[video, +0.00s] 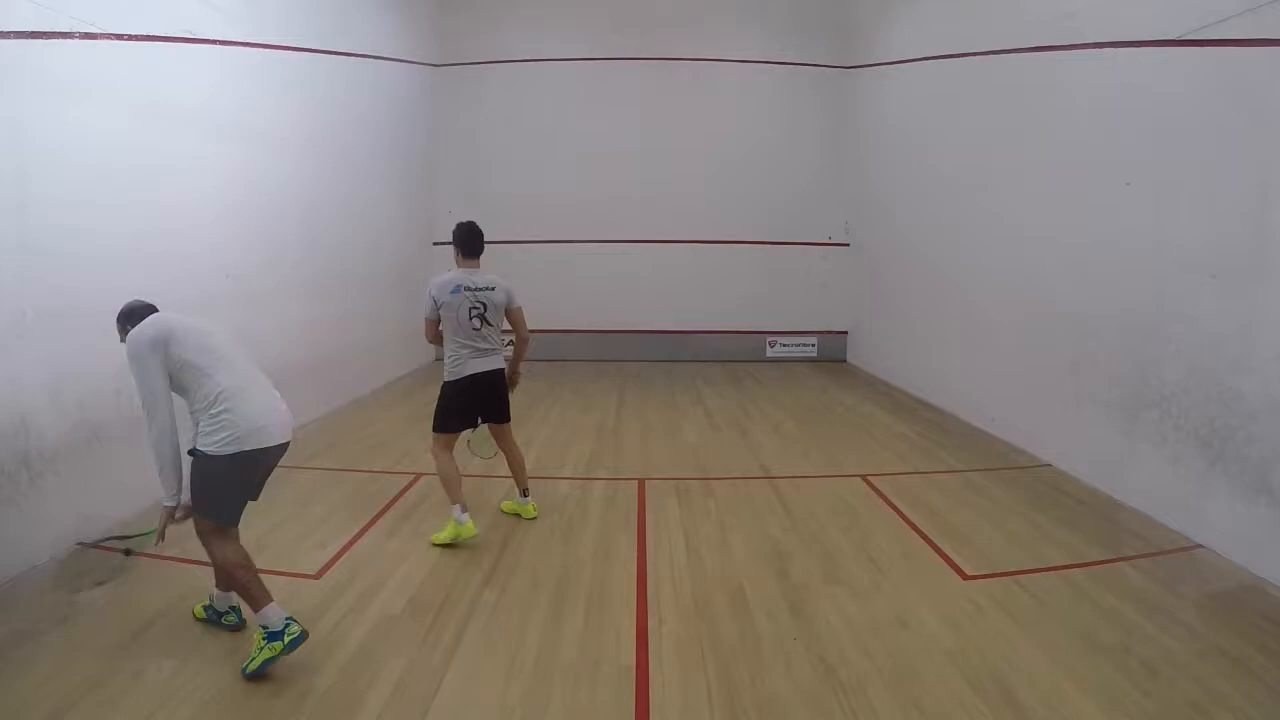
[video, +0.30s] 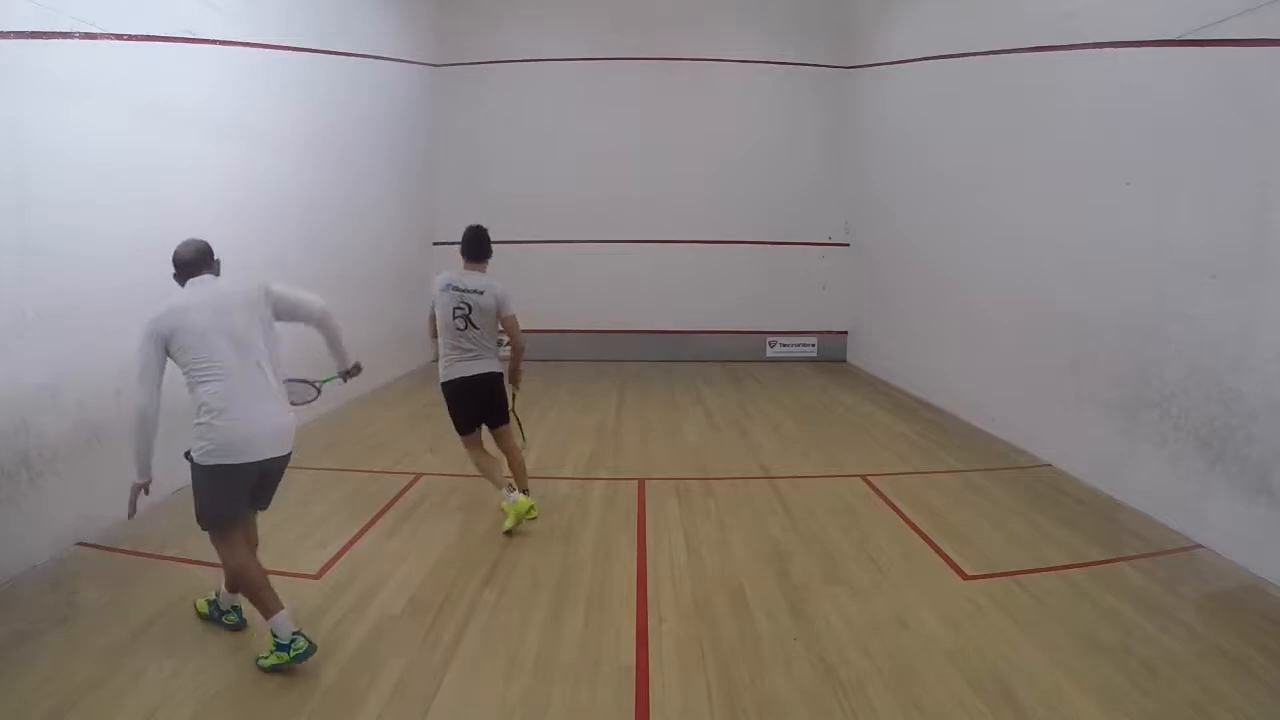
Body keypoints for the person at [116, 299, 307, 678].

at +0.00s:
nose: (126, 346)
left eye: (124, 340)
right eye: (123, 342)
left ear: (128, 329)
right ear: (155, 313)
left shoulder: (142, 338)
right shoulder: (191, 329)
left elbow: (160, 424)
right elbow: (207, 420)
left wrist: (170, 499)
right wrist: (193, 495)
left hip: (230, 439)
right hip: (274, 428)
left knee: (213, 530)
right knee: (218, 521)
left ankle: (277, 626)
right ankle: (224, 605)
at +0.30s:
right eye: (215, 262)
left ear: (176, 276)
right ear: (216, 265)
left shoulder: (164, 320)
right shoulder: (254, 292)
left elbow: (145, 405)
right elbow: (319, 310)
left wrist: (142, 473)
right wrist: (345, 362)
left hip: (222, 449)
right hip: (277, 440)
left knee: (230, 539)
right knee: (244, 519)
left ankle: (288, 637)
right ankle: (228, 603)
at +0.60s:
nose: (272, 231)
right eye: (271, 224)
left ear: (225, 235)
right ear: (268, 228)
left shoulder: (206, 286)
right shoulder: (301, 271)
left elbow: (184, 372)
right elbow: (332, 344)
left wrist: (187, 432)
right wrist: (358, 407)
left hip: (264, 430)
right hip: (320, 422)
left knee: (268, 537)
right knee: (298, 503)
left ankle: (299, 649)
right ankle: (301, 600)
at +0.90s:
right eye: (352, 233)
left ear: (307, 237)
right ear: (352, 236)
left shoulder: (292, 281)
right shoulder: (383, 279)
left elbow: (279, 356)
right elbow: (423, 347)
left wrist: (264, 436)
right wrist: (448, 399)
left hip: (325, 431)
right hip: (387, 424)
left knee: (303, 532)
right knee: (404, 504)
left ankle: (303, 649)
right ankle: (480, 585)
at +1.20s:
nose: (355, 232)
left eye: (360, 223)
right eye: (356, 224)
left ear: (384, 220)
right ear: (396, 222)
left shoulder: (380, 265)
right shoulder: (444, 259)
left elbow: (399, 328)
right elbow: (481, 322)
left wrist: (396, 404)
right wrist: (494, 379)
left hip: (418, 406)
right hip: (467, 398)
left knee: (392, 502)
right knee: (464, 490)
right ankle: (503, 592)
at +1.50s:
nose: (380, 242)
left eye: (388, 234)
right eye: (381, 235)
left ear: (416, 236)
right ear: (419, 239)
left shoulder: (412, 271)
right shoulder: (457, 269)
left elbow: (437, 327)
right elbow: (489, 333)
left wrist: (413, 404)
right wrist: (504, 387)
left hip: (453, 408)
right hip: (491, 399)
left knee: (454, 504)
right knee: (479, 470)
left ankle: (503, 595)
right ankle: (509, 543)